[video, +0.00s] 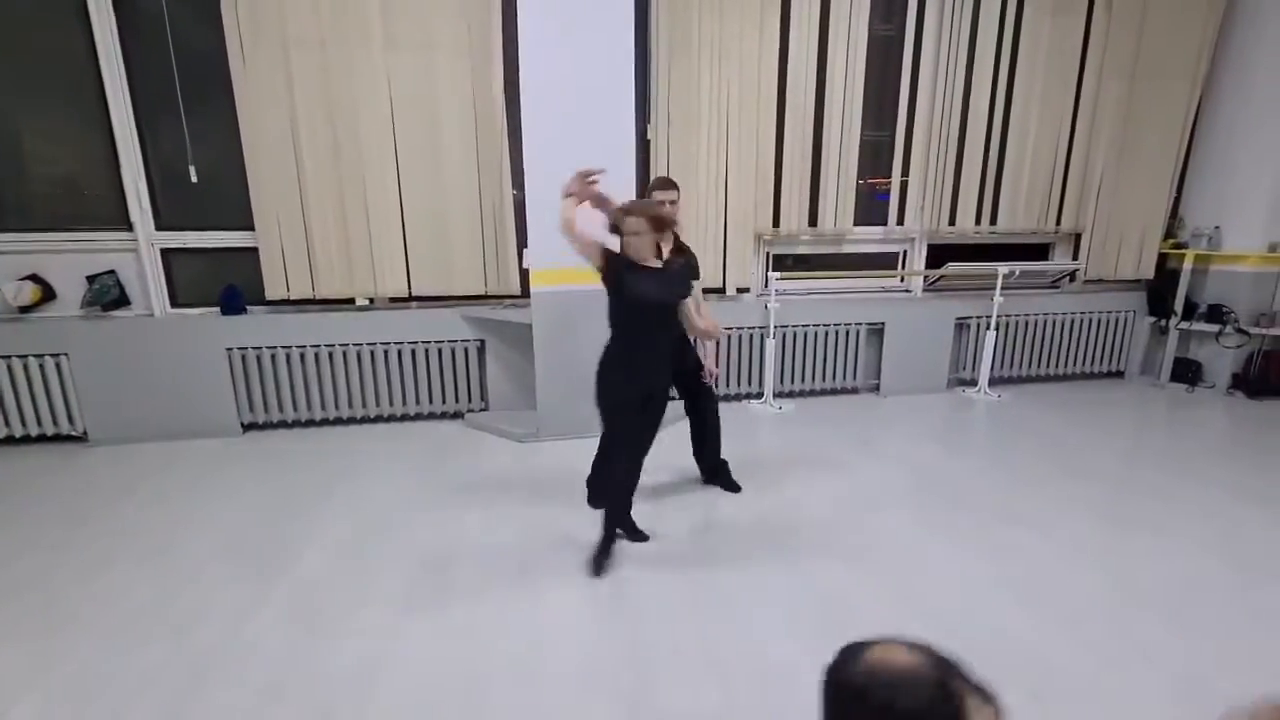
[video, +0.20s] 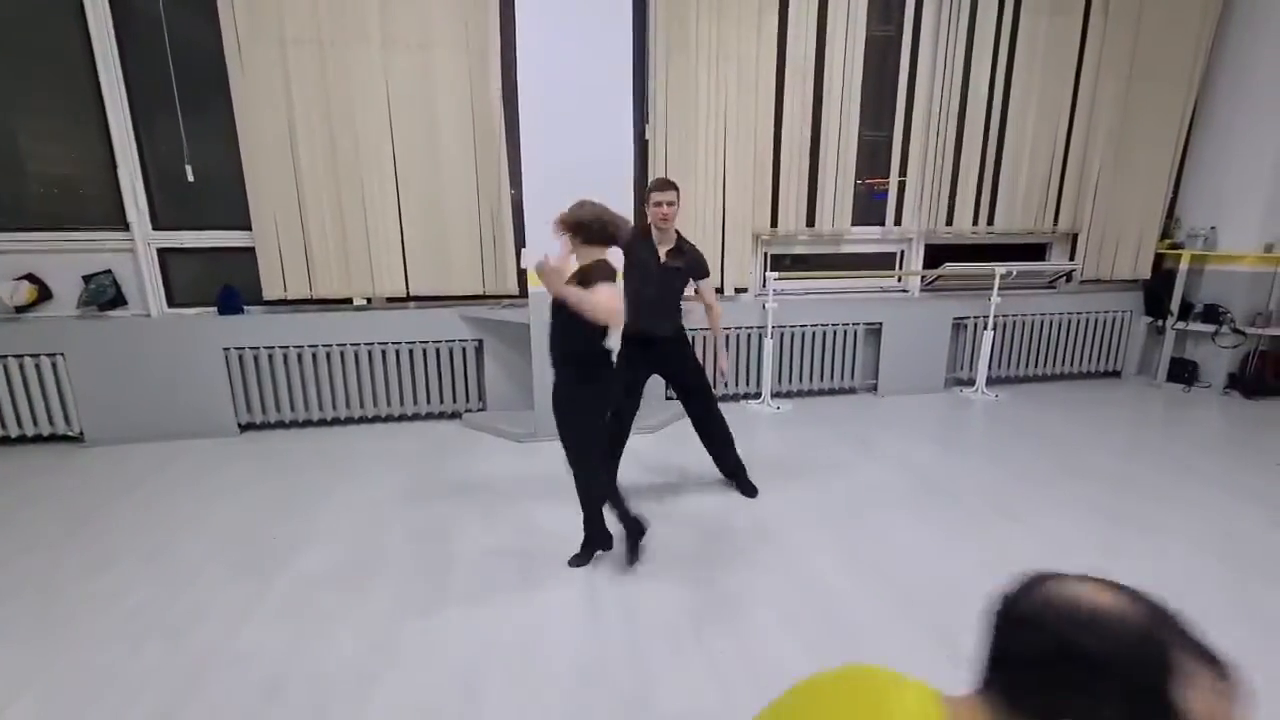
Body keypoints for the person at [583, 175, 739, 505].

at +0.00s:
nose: (668, 209)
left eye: (674, 202)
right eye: (661, 203)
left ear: (680, 205)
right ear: (648, 206)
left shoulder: (684, 255)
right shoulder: (634, 244)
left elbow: (696, 306)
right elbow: (614, 213)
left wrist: (708, 354)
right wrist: (594, 196)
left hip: (678, 338)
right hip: (643, 337)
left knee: (703, 399)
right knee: (632, 412)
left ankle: (711, 466)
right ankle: (608, 487)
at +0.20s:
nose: (664, 211)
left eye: (670, 204)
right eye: (657, 204)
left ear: (678, 208)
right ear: (646, 208)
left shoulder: (689, 254)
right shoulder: (632, 240)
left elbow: (711, 306)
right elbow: (595, 227)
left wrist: (720, 351)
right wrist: (571, 222)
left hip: (673, 345)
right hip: (634, 345)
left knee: (705, 408)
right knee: (617, 417)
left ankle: (735, 471)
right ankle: (603, 483)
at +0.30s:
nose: (666, 210)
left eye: (673, 204)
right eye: (660, 204)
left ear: (682, 207)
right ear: (650, 208)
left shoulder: (701, 251)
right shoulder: (639, 246)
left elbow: (721, 301)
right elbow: (597, 268)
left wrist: (728, 347)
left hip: (679, 346)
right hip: (640, 344)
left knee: (705, 413)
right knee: (617, 412)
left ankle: (734, 478)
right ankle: (595, 478)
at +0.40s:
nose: (668, 209)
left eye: (674, 203)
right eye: (661, 204)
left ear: (684, 206)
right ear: (653, 209)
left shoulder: (703, 250)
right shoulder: (639, 251)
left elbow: (717, 300)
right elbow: (614, 291)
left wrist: (726, 345)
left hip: (688, 347)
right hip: (648, 346)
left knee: (713, 412)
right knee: (617, 414)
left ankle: (732, 475)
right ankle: (580, 479)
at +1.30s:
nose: (621, 223)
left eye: (628, 216)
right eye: (615, 217)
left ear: (644, 219)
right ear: (611, 223)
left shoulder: (670, 267)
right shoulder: (605, 264)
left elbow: (693, 311)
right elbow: (581, 310)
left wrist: (701, 354)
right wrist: (564, 337)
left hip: (671, 348)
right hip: (630, 349)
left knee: (702, 412)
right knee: (607, 416)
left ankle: (735, 474)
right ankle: (580, 486)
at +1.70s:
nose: (628, 211)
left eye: (635, 204)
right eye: (623, 205)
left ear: (651, 205)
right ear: (618, 207)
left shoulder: (666, 257)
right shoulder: (605, 246)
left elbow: (676, 313)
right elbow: (577, 286)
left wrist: (662, 361)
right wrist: (561, 309)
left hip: (657, 349)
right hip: (616, 350)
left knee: (695, 413)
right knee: (595, 418)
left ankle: (736, 471)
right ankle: (579, 488)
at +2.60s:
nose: (639, 219)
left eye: (645, 212)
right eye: (632, 214)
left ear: (655, 215)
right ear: (623, 219)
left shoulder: (669, 252)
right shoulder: (619, 261)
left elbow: (664, 295)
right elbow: (577, 288)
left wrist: (676, 325)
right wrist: (531, 294)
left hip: (673, 352)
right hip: (638, 353)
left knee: (695, 423)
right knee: (599, 416)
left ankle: (694, 478)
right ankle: (546, 475)